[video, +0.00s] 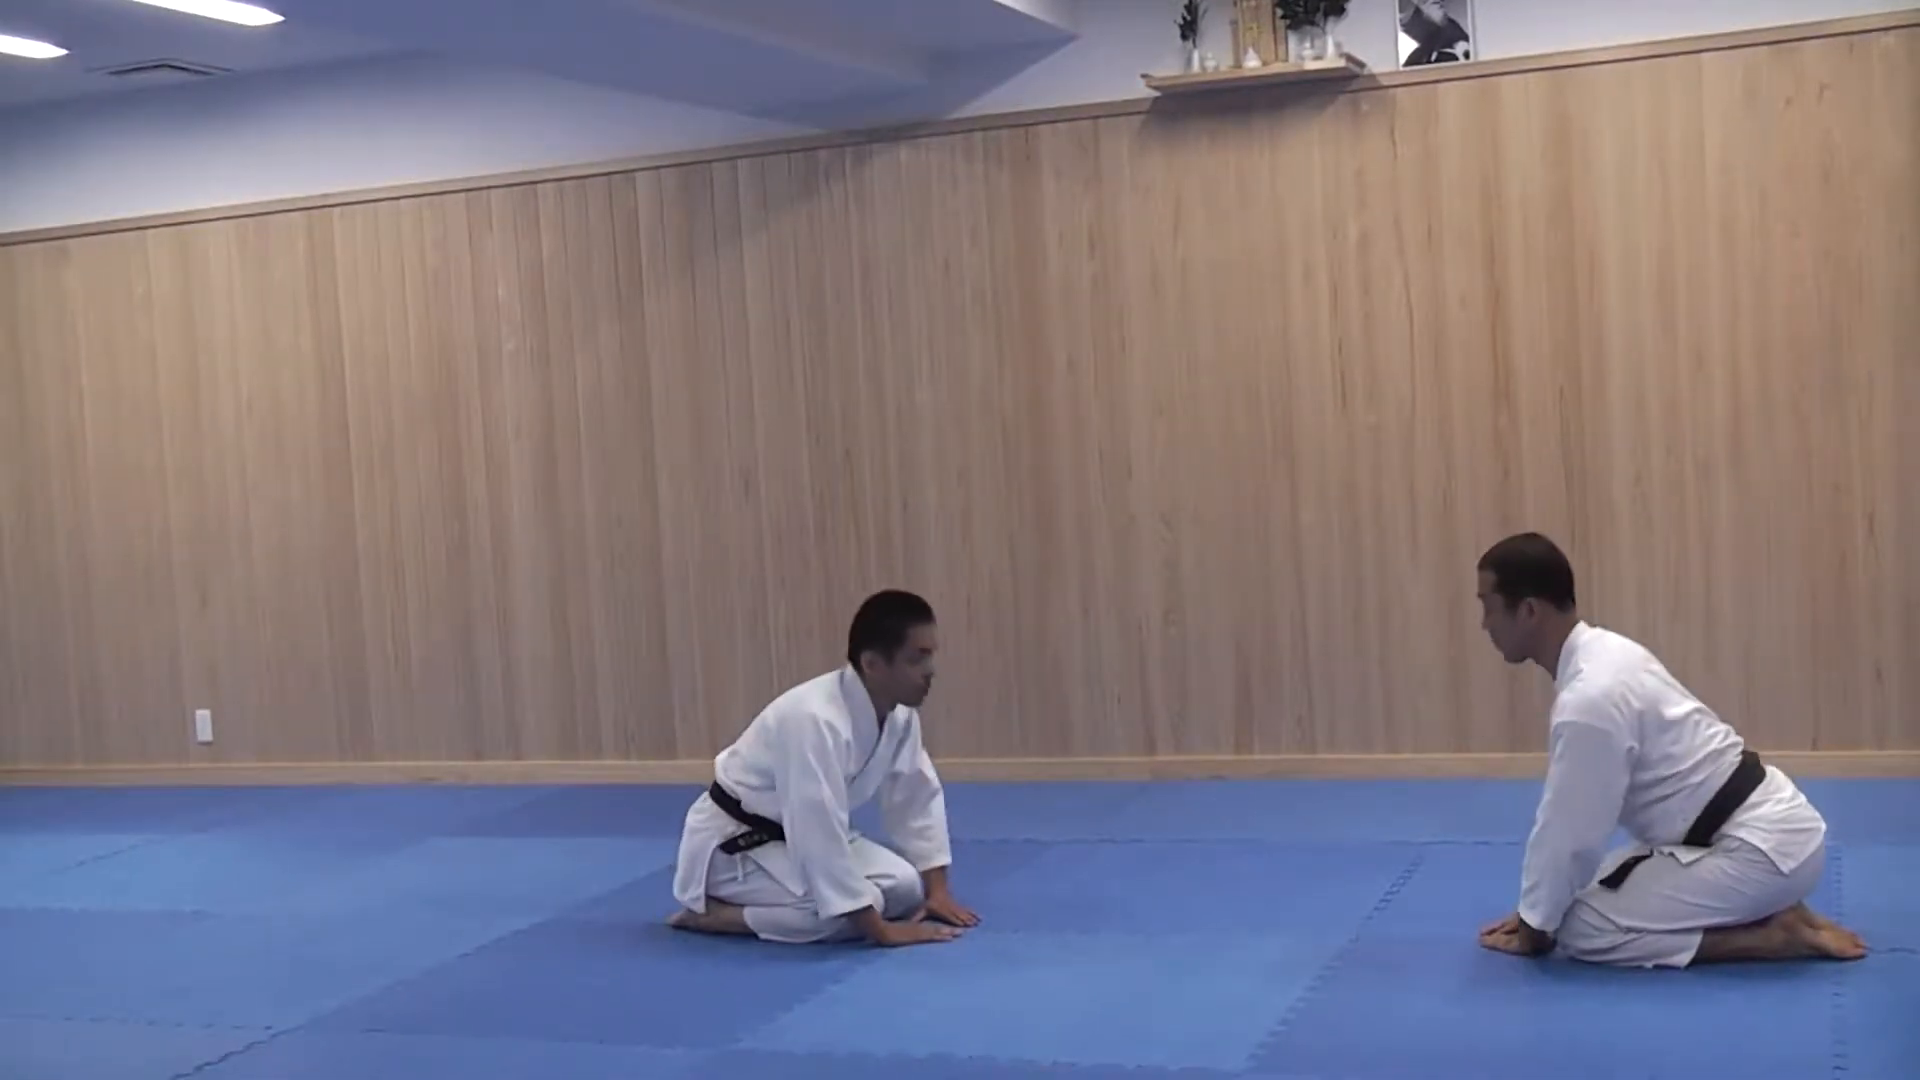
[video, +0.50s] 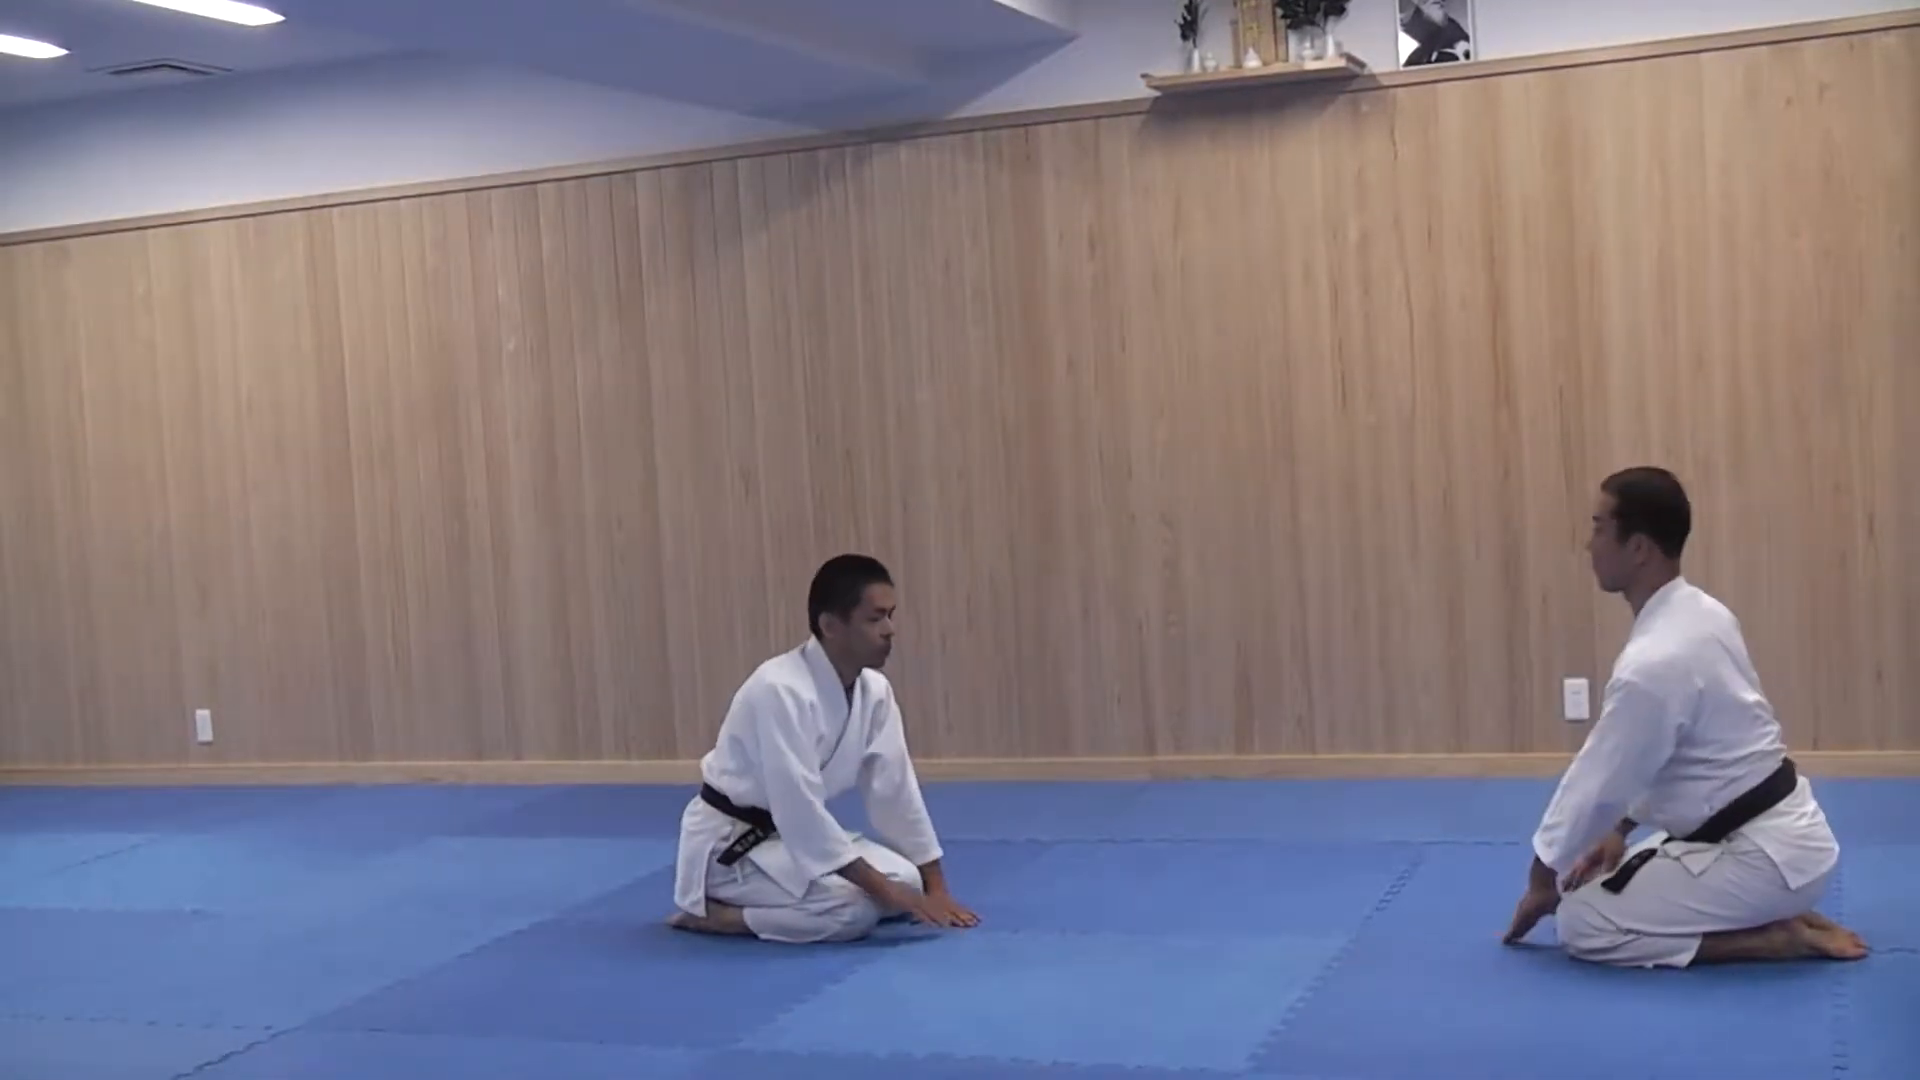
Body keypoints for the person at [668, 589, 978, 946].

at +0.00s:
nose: (932, 669)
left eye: (932, 656)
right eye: (920, 658)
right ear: (872, 664)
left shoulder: (898, 716)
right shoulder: (813, 718)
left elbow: (919, 799)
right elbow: (818, 834)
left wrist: (937, 893)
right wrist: (880, 930)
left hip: (796, 834)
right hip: (731, 847)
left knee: (903, 888)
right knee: (847, 915)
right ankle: (717, 917)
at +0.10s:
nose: (914, 654)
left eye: (914, 640)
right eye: (901, 642)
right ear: (854, 649)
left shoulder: (887, 702)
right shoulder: (802, 711)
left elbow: (908, 796)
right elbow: (817, 828)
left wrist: (937, 893)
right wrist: (880, 929)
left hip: (796, 835)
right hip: (731, 847)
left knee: (902, 885)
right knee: (845, 913)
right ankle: (716, 918)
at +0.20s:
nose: (904, 645)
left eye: (905, 630)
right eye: (890, 634)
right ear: (844, 643)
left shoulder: (881, 696)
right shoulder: (796, 707)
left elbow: (901, 795)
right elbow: (817, 826)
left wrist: (936, 891)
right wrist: (880, 928)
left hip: (796, 835)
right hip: (732, 846)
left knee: (901, 886)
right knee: (844, 912)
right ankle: (715, 919)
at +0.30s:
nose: (900, 640)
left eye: (899, 625)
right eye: (884, 628)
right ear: (839, 636)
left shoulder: (878, 691)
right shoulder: (792, 703)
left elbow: (898, 793)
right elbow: (819, 823)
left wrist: (935, 889)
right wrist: (882, 927)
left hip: (794, 835)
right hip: (732, 846)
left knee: (902, 884)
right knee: (851, 912)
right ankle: (717, 919)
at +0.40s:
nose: (896, 635)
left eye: (896, 621)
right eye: (881, 624)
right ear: (835, 632)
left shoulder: (876, 692)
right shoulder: (787, 698)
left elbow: (898, 793)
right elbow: (814, 819)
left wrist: (935, 889)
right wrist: (884, 914)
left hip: (796, 836)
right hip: (732, 847)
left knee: (902, 884)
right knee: (853, 910)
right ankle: (720, 920)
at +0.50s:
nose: (890, 631)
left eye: (891, 617)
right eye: (875, 619)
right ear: (830, 626)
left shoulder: (873, 690)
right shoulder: (778, 691)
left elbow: (896, 790)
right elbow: (799, 814)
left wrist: (936, 889)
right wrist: (884, 890)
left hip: (795, 833)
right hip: (730, 846)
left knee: (903, 880)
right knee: (852, 909)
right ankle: (720, 919)